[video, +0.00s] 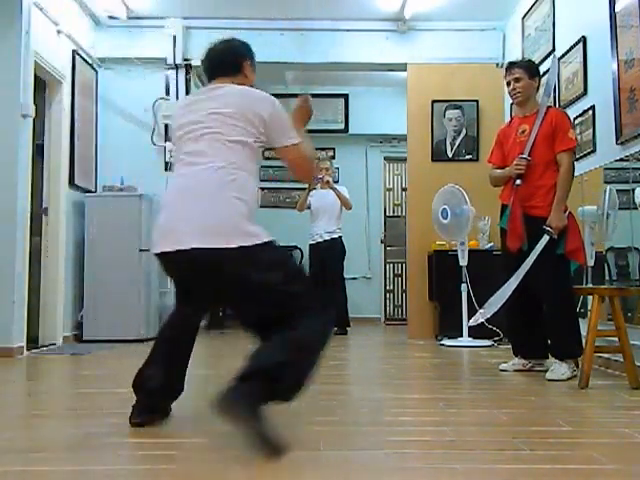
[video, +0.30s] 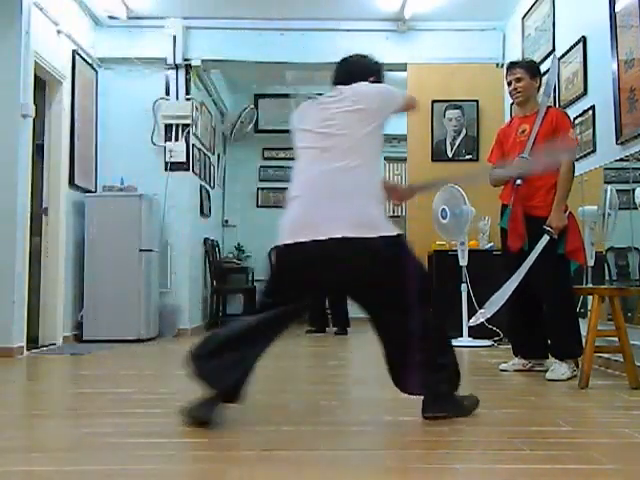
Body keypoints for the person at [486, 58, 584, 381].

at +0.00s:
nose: (512, 87)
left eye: (518, 80)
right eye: (508, 83)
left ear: (535, 82)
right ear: (506, 89)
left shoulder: (555, 117)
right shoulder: (506, 131)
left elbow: (566, 165)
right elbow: (494, 177)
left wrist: (558, 209)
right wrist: (509, 171)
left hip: (547, 214)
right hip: (514, 215)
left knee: (553, 284)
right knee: (520, 284)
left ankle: (565, 358)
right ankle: (530, 354)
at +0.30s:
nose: (513, 86)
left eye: (519, 80)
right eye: (509, 83)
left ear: (536, 82)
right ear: (507, 89)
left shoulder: (555, 117)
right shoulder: (506, 131)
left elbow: (567, 164)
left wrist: (559, 209)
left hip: (547, 214)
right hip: (514, 216)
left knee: (553, 284)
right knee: (520, 284)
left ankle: (566, 358)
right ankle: (529, 354)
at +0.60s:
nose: (514, 87)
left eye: (521, 80)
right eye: (510, 82)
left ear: (537, 82)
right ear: (506, 87)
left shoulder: (555, 116)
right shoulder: (506, 129)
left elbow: (567, 165)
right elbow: (493, 177)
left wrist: (559, 209)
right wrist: (509, 171)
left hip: (547, 215)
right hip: (514, 217)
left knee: (554, 291)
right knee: (518, 289)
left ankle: (565, 358)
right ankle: (527, 357)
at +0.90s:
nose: (519, 83)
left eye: (525, 78)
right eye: (514, 80)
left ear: (538, 82)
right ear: (509, 88)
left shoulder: (555, 117)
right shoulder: (505, 131)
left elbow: (566, 165)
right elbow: (493, 177)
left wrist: (559, 210)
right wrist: (509, 171)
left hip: (547, 214)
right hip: (514, 215)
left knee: (554, 284)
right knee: (521, 283)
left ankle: (565, 357)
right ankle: (529, 354)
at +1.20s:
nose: (519, 83)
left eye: (525, 78)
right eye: (514, 80)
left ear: (537, 83)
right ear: (508, 87)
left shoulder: (555, 117)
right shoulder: (505, 131)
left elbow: (567, 166)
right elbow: (493, 176)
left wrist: (559, 210)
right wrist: (509, 171)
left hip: (548, 214)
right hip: (514, 215)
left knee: (554, 284)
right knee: (520, 284)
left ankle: (565, 358)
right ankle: (529, 355)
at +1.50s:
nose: (516, 85)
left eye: (522, 79)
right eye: (512, 81)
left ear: (538, 82)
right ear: (508, 88)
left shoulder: (555, 117)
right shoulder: (506, 131)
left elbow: (567, 166)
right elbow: (494, 176)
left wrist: (559, 210)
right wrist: (510, 171)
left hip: (547, 214)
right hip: (514, 215)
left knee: (554, 284)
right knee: (520, 284)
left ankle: (565, 358)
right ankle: (529, 355)